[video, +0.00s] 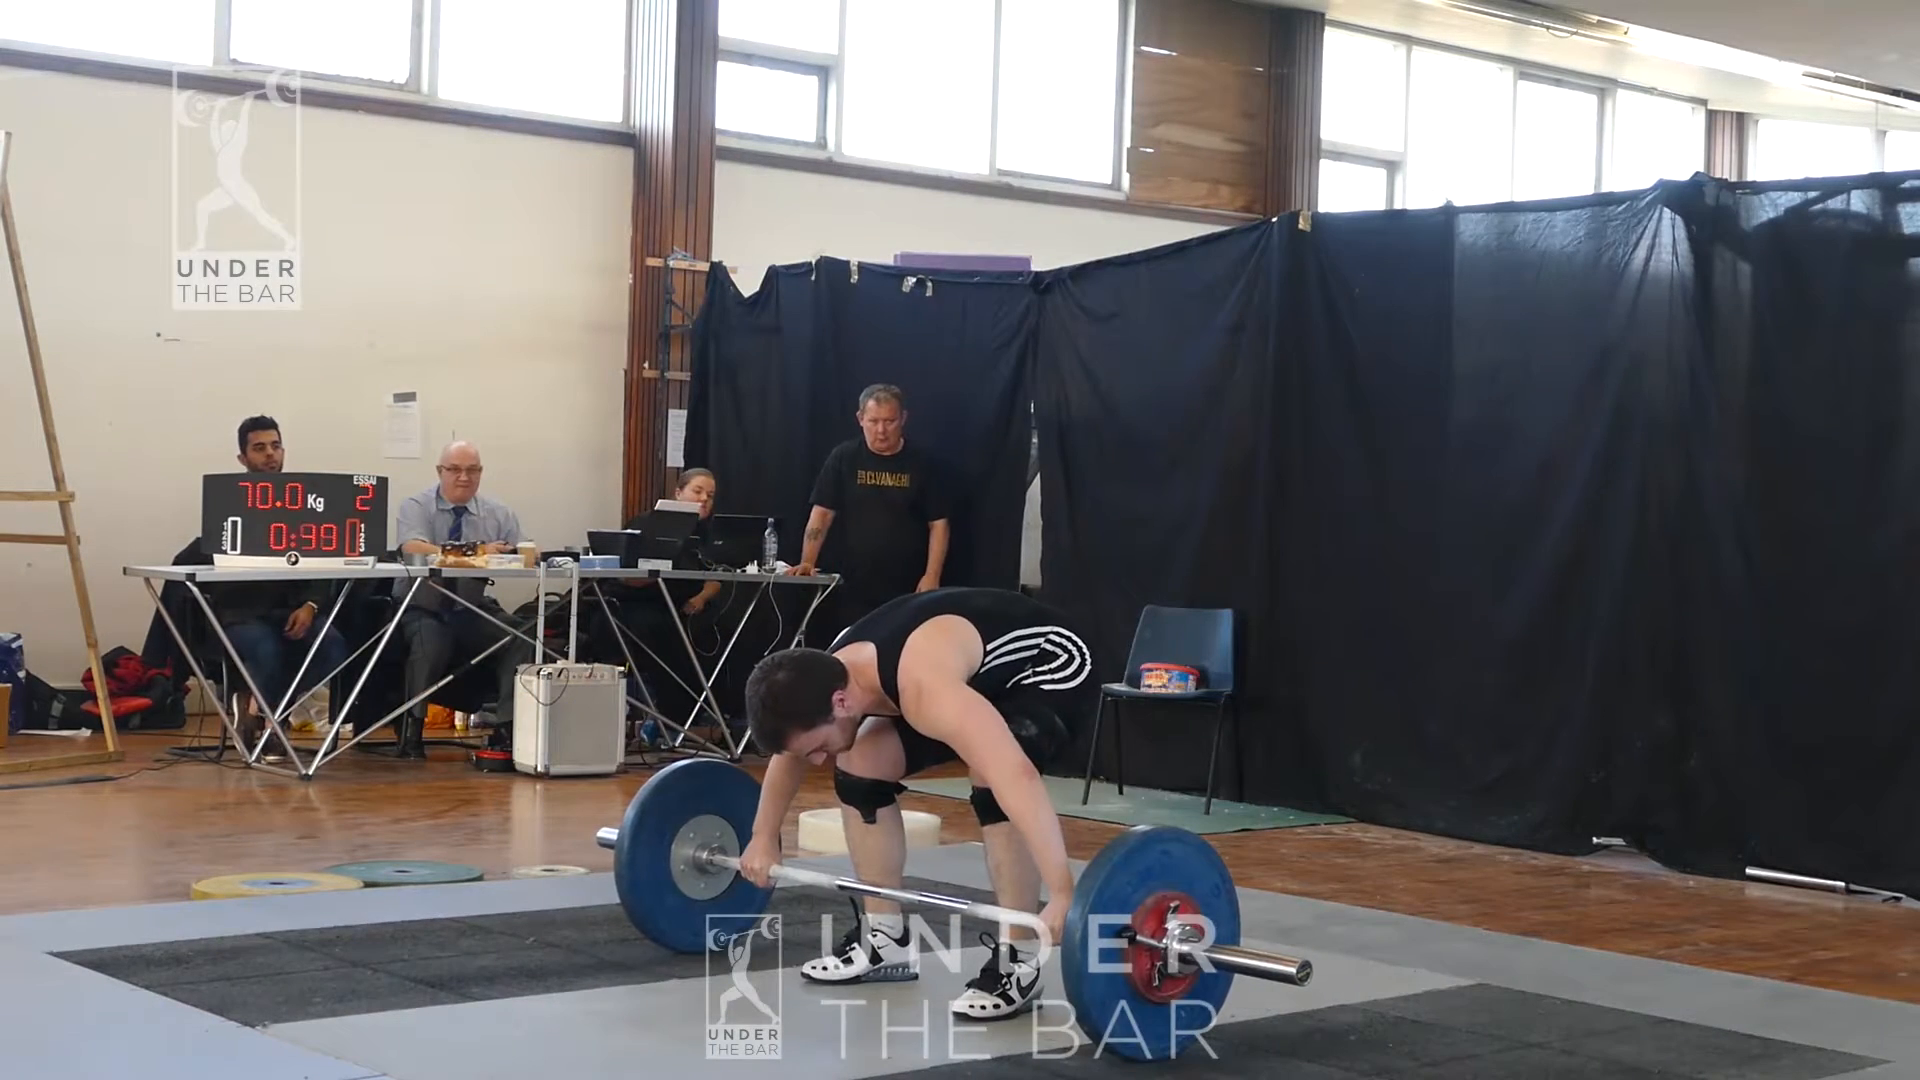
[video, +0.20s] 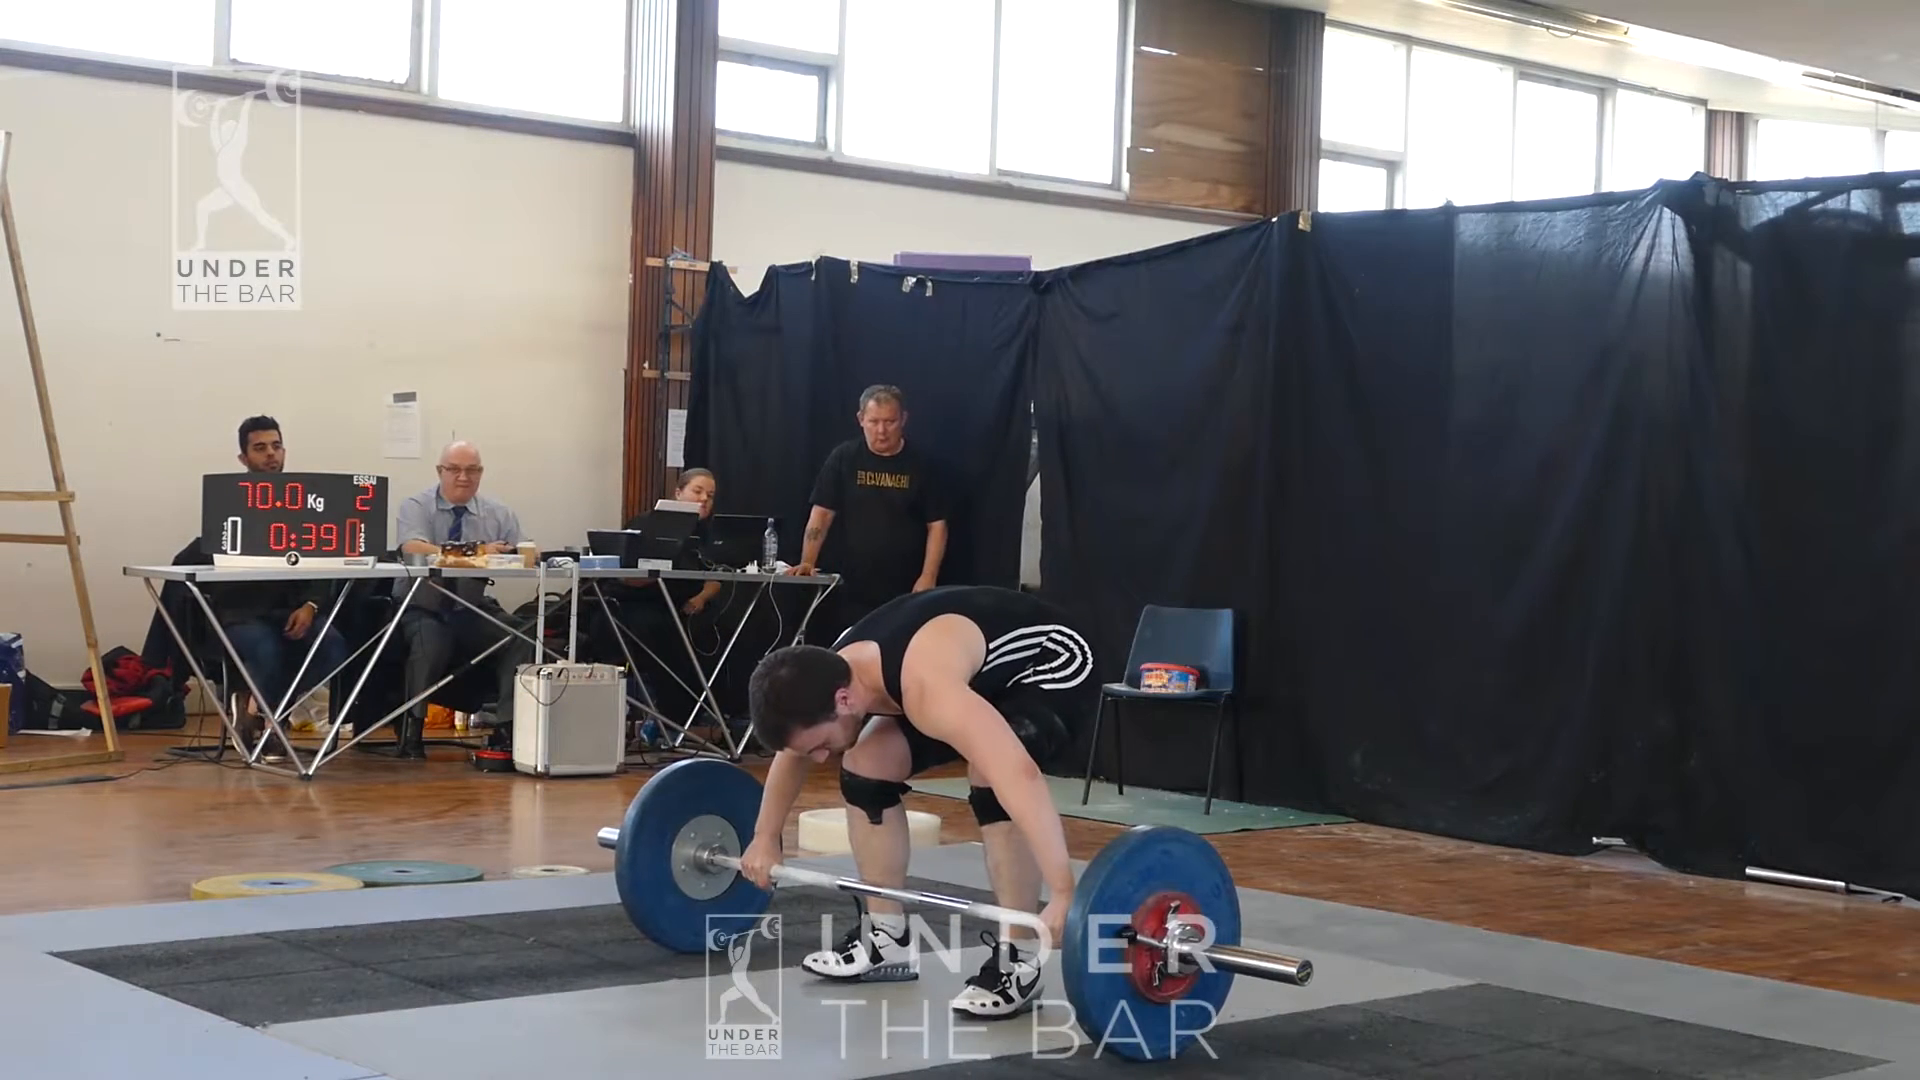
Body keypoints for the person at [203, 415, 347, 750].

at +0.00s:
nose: (270, 454)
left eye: (276, 446)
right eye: (260, 448)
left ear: (283, 450)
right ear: (243, 457)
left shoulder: (301, 497)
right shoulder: (232, 499)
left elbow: (324, 558)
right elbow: (202, 558)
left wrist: (311, 605)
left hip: (291, 608)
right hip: (243, 610)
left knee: (332, 646)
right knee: (266, 647)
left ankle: (252, 706)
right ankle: (274, 727)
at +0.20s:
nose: (271, 454)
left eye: (277, 446)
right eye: (260, 448)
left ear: (284, 450)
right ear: (244, 457)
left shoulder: (301, 497)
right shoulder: (232, 499)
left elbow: (326, 558)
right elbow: (201, 558)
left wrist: (311, 605)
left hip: (291, 609)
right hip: (242, 611)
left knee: (333, 647)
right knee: (266, 647)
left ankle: (252, 707)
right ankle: (273, 727)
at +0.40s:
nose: (272, 454)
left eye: (277, 446)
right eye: (261, 448)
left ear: (284, 451)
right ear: (244, 457)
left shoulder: (302, 497)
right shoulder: (233, 499)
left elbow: (326, 558)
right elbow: (206, 557)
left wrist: (312, 605)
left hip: (292, 608)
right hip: (244, 609)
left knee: (333, 647)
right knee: (266, 647)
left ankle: (255, 706)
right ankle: (273, 728)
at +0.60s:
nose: (272, 454)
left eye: (277, 446)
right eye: (261, 448)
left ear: (285, 451)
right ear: (245, 458)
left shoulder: (302, 498)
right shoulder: (233, 499)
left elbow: (329, 559)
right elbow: (214, 556)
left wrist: (312, 605)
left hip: (293, 607)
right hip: (243, 609)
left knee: (333, 646)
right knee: (265, 647)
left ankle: (256, 707)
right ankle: (274, 731)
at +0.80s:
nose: (273, 454)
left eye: (278, 446)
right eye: (262, 448)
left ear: (285, 451)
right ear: (245, 458)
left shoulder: (302, 497)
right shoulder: (233, 499)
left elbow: (327, 557)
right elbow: (217, 557)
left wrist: (312, 605)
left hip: (293, 607)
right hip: (244, 609)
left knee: (334, 647)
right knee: (265, 649)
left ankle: (256, 706)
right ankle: (275, 730)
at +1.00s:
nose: (272, 453)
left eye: (277, 446)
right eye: (261, 447)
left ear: (284, 450)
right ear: (245, 458)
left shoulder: (303, 497)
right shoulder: (233, 499)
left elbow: (328, 558)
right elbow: (220, 557)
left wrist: (312, 605)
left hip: (294, 607)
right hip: (244, 609)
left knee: (334, 647)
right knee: (265, 648)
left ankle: (256, 707)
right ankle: (274, 732)